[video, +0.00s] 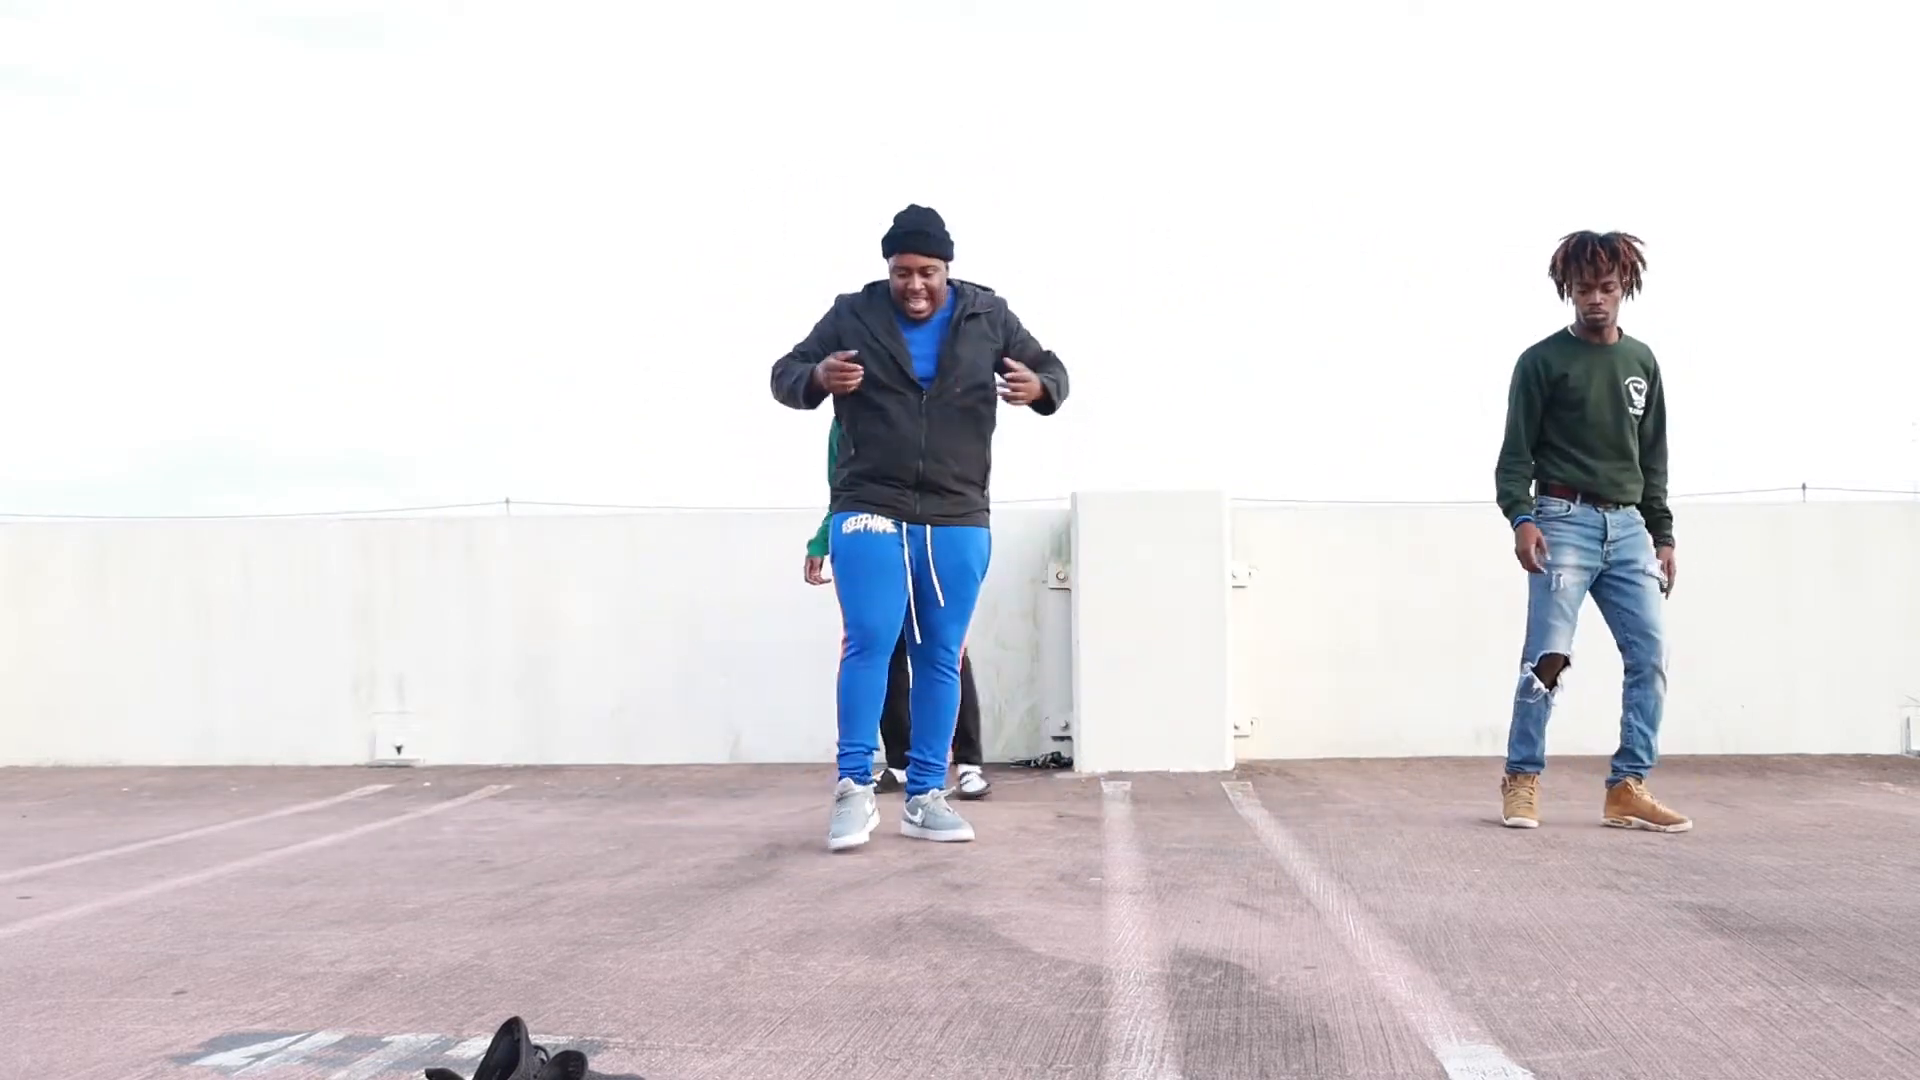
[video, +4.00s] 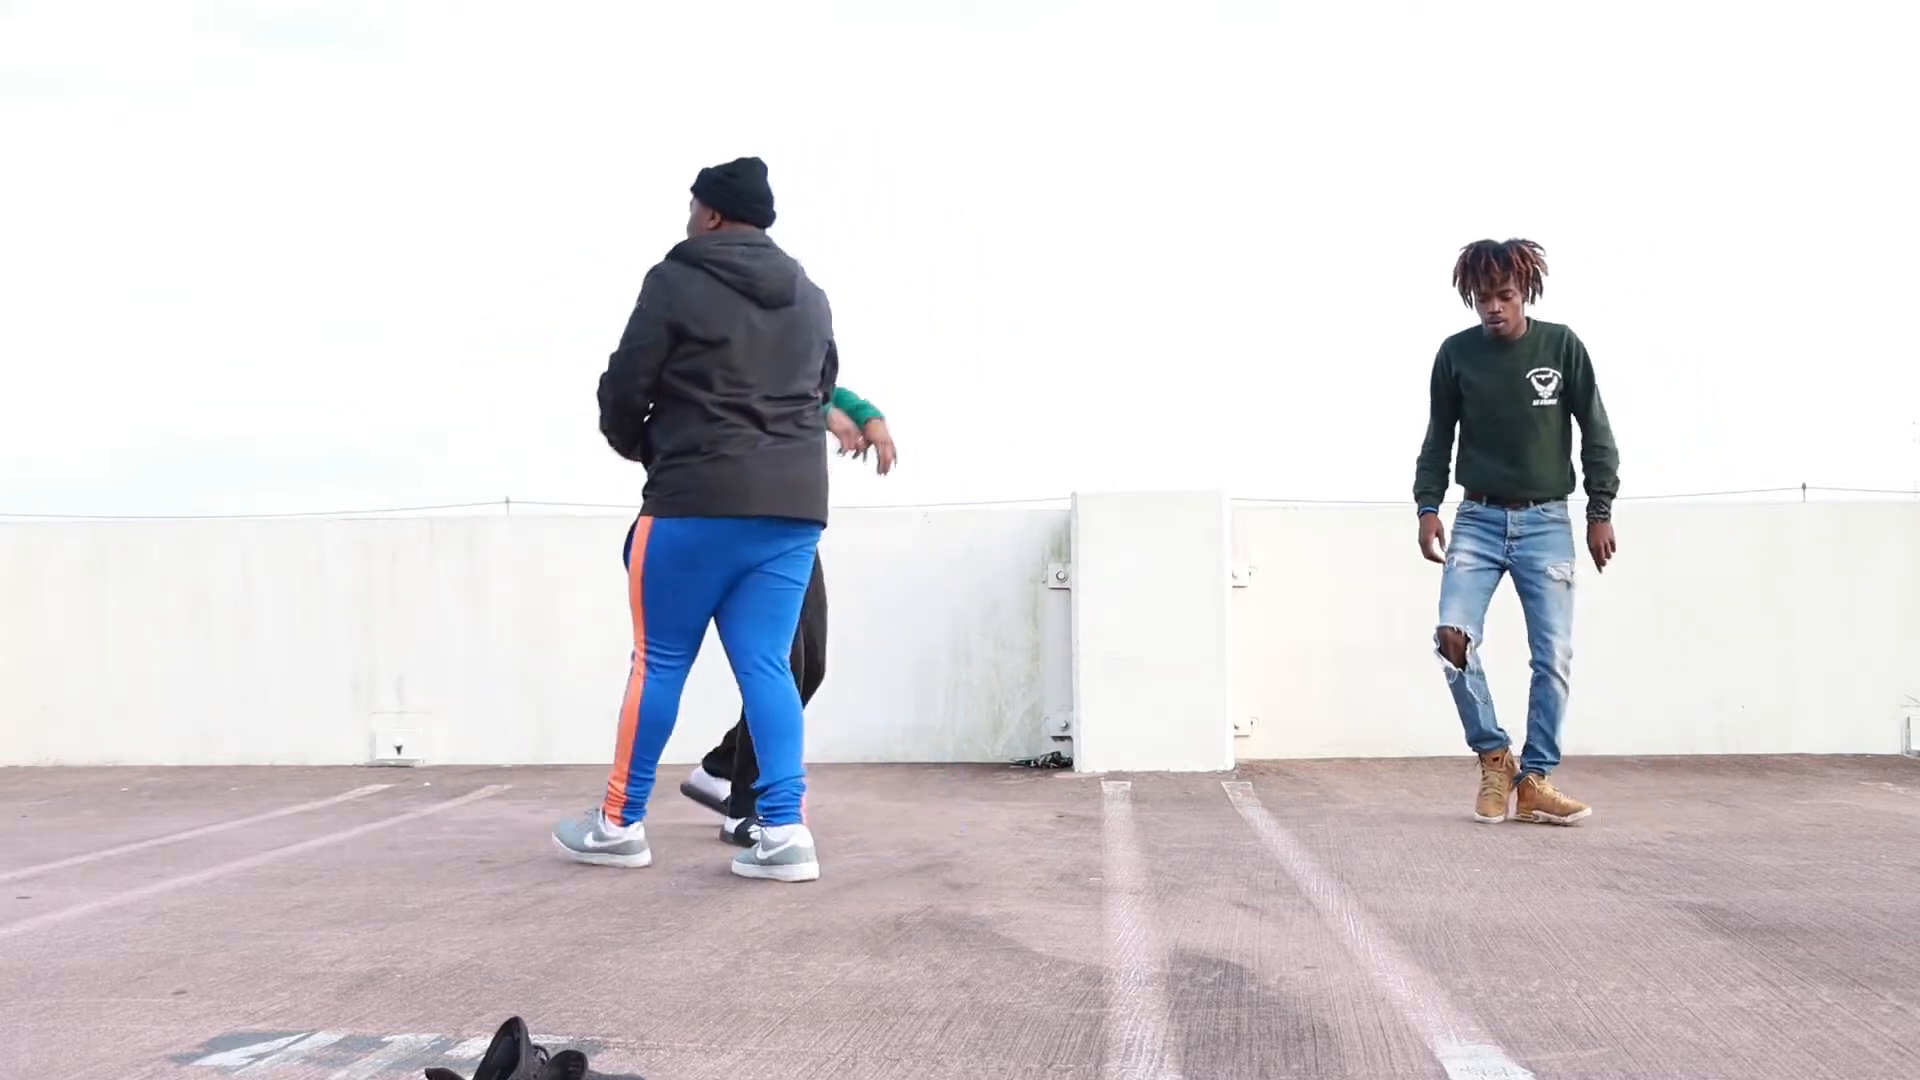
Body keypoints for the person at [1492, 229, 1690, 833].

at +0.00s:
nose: (1596, 298)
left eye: (1607, 286)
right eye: (1584, 288)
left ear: (1624, 288)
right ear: (1567, 290)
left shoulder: (1641, 361)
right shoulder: (1540, 361)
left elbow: (1652, 460)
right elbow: (1515, 453)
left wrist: (1663, 537)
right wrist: (1521, 518)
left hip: (1628, 524)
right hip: (1562, 519)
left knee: (1649, 656)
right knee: (1547, 657)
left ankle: (1627, 787)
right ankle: (1523, 782)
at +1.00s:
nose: (1588, 301)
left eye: (1597, 287)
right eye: (1576, 291)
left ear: (1620, 283)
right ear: (1563, 292)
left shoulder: (1659, 349)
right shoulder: (1547, 361)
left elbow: (1685, 441)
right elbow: (1539, 450)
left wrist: (1686, 525)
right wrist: (1540, 523)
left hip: (1645, 518)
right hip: (1571, 521)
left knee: (1662, 656)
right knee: (1563, 653)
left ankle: (1675, 781)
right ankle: (1573, 786)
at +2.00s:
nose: (1577, 303)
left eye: (1588, 291)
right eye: (1566, 293)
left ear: (1611, 288)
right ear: (1554, 293)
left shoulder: (1643, 354)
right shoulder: (1533, 362)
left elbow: (1661, 444)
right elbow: (1515, 454)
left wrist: (1677, 513)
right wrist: (1510, 534)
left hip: (1630, 520)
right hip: (1559, 518)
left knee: (1643, 656)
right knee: (1546, 652)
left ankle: (1636, 783)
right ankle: (1531, 778)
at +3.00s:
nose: (1500, 317)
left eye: (1510, 304)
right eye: (1489, 308)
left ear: (1536, 300)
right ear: (1479, 309)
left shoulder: (1574, 360)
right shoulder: (1467, 372)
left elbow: (1605, 435)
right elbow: (1453, 459)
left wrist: (1586, 479)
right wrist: (1443, 534)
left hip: (1559, 527)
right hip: (1490, 529)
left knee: (1578, 638)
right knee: (1482, 654)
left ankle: (1563, 768)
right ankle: (1499, 778)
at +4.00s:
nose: (1491, 307)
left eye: (1502, 295)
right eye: (1481, 297)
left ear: (1526, 292)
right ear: (1470, 298)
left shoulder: (1561, 345)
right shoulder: (1455, 354)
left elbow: (1596, 431)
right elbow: (1438, 437)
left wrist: (1599, 512)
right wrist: (1427, 506)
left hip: (1547, 523)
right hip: (1477, 522)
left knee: (1554, 656)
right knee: (1452, 638)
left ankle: (1534, 781)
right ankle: (1494, 759)